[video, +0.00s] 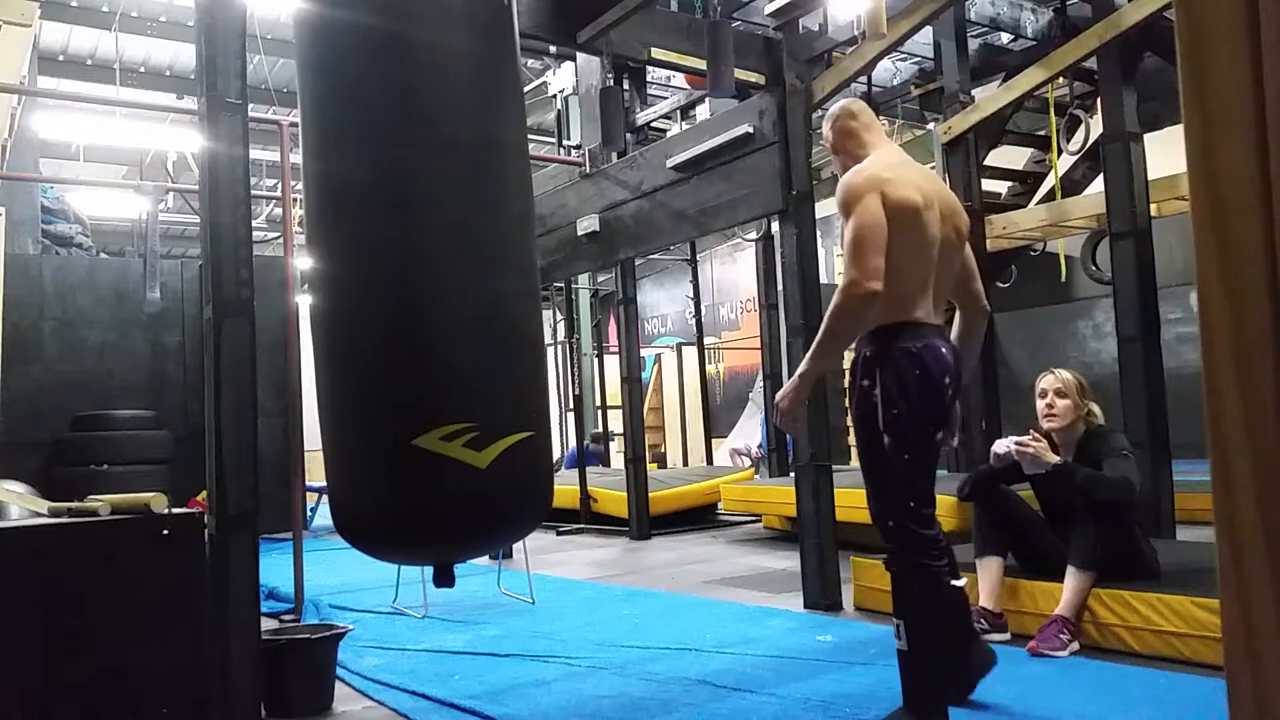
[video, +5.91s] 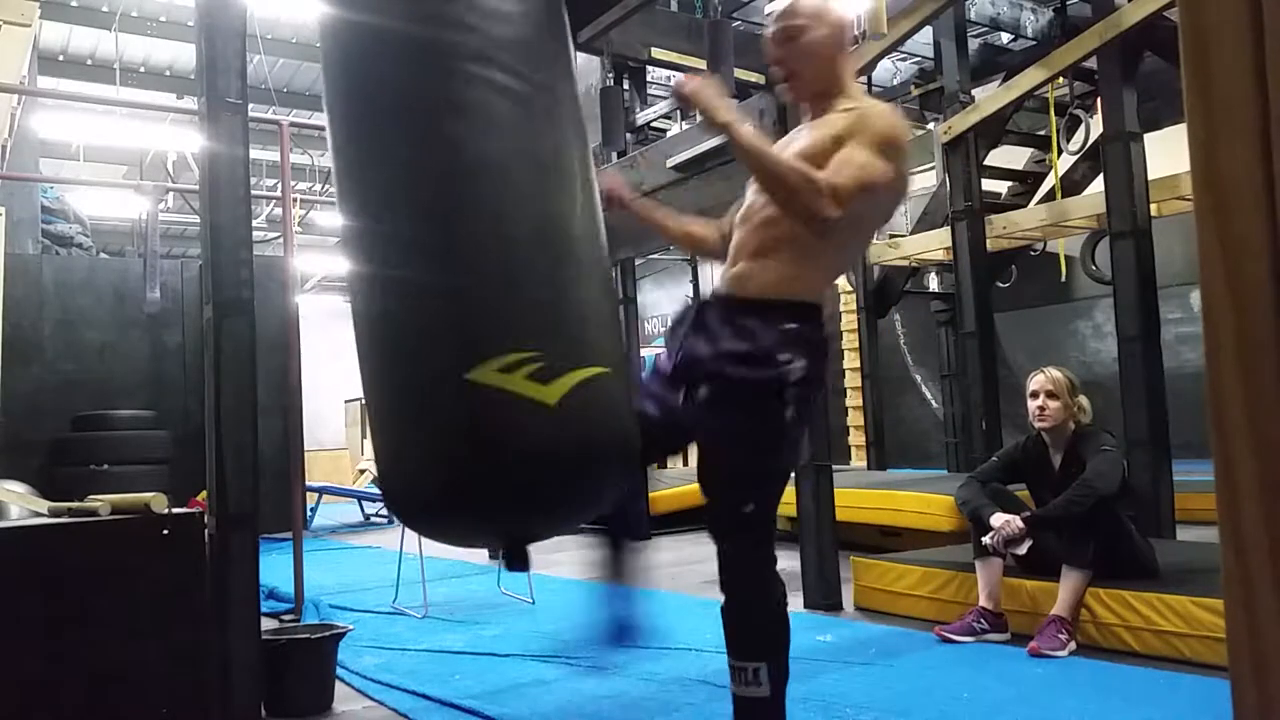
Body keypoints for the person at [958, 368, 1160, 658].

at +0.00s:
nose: (1048, 402)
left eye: (1060, 394)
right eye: (1042, 395)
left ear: (1081, 405)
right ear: (1035, 406)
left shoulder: (1108, 441)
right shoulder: (1035, 450)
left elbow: (1125, 488)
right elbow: (966, 492)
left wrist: (1055, 463)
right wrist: (994, 465)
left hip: (1121, 561)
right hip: (1063, 560)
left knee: (1094, 502)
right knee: (989, 493)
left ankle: (1064, 620)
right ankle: (989, 612)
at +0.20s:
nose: (1049, 407)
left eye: (1060, 399)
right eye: (1042, 400)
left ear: (1081, 408)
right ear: (1035, 409)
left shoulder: (1106, 442)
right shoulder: (1034, 450)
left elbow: (1120, 488)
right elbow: (964, 494)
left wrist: (1038, 490)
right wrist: (977, 481)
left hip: (1120, 560)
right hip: (1059, 557)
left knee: (1093, 501)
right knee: (988, 499)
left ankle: (1065, 620)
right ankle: (989, 612)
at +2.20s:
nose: (1052, 401)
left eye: (1061, 393)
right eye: (1042, 395)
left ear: (1077, 403)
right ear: (1032, 407)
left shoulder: (1102, 440)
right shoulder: (1030, 448)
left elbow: (1106, 487)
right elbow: (973, 481)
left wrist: (1032, 523)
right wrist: (995, 514)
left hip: (1118, 557)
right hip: (1060, 555)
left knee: (1095, 507)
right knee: (993, 497)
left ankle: (1062, 622)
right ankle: (986, 614)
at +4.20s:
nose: (1040, 404)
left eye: (1051, 396)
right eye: (1033, 396)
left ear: (1071, 405)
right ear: (1026, 406)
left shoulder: (1097, 442)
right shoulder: (1027, 449)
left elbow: (1100, 484)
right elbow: (967, 488)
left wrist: (1027, 522)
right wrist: (993, 517)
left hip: (1118, 560)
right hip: (1058, 556)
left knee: (1089, 505)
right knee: (989, 495)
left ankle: (1061, 621)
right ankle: (989, 612)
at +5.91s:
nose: (1041, 404)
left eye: (1052, 396)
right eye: (1034, 396)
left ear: (1072, 406)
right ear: (1026, 405)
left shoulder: (1098, 443)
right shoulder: (1027, 449)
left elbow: (1099, 485)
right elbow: (968, 488)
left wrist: (1026, 522)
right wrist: (992, 516)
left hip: (1118, 559)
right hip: (1059, 556)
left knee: (1087, 504)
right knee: (988, 495)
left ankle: (1061, 621)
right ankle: (989, 612)